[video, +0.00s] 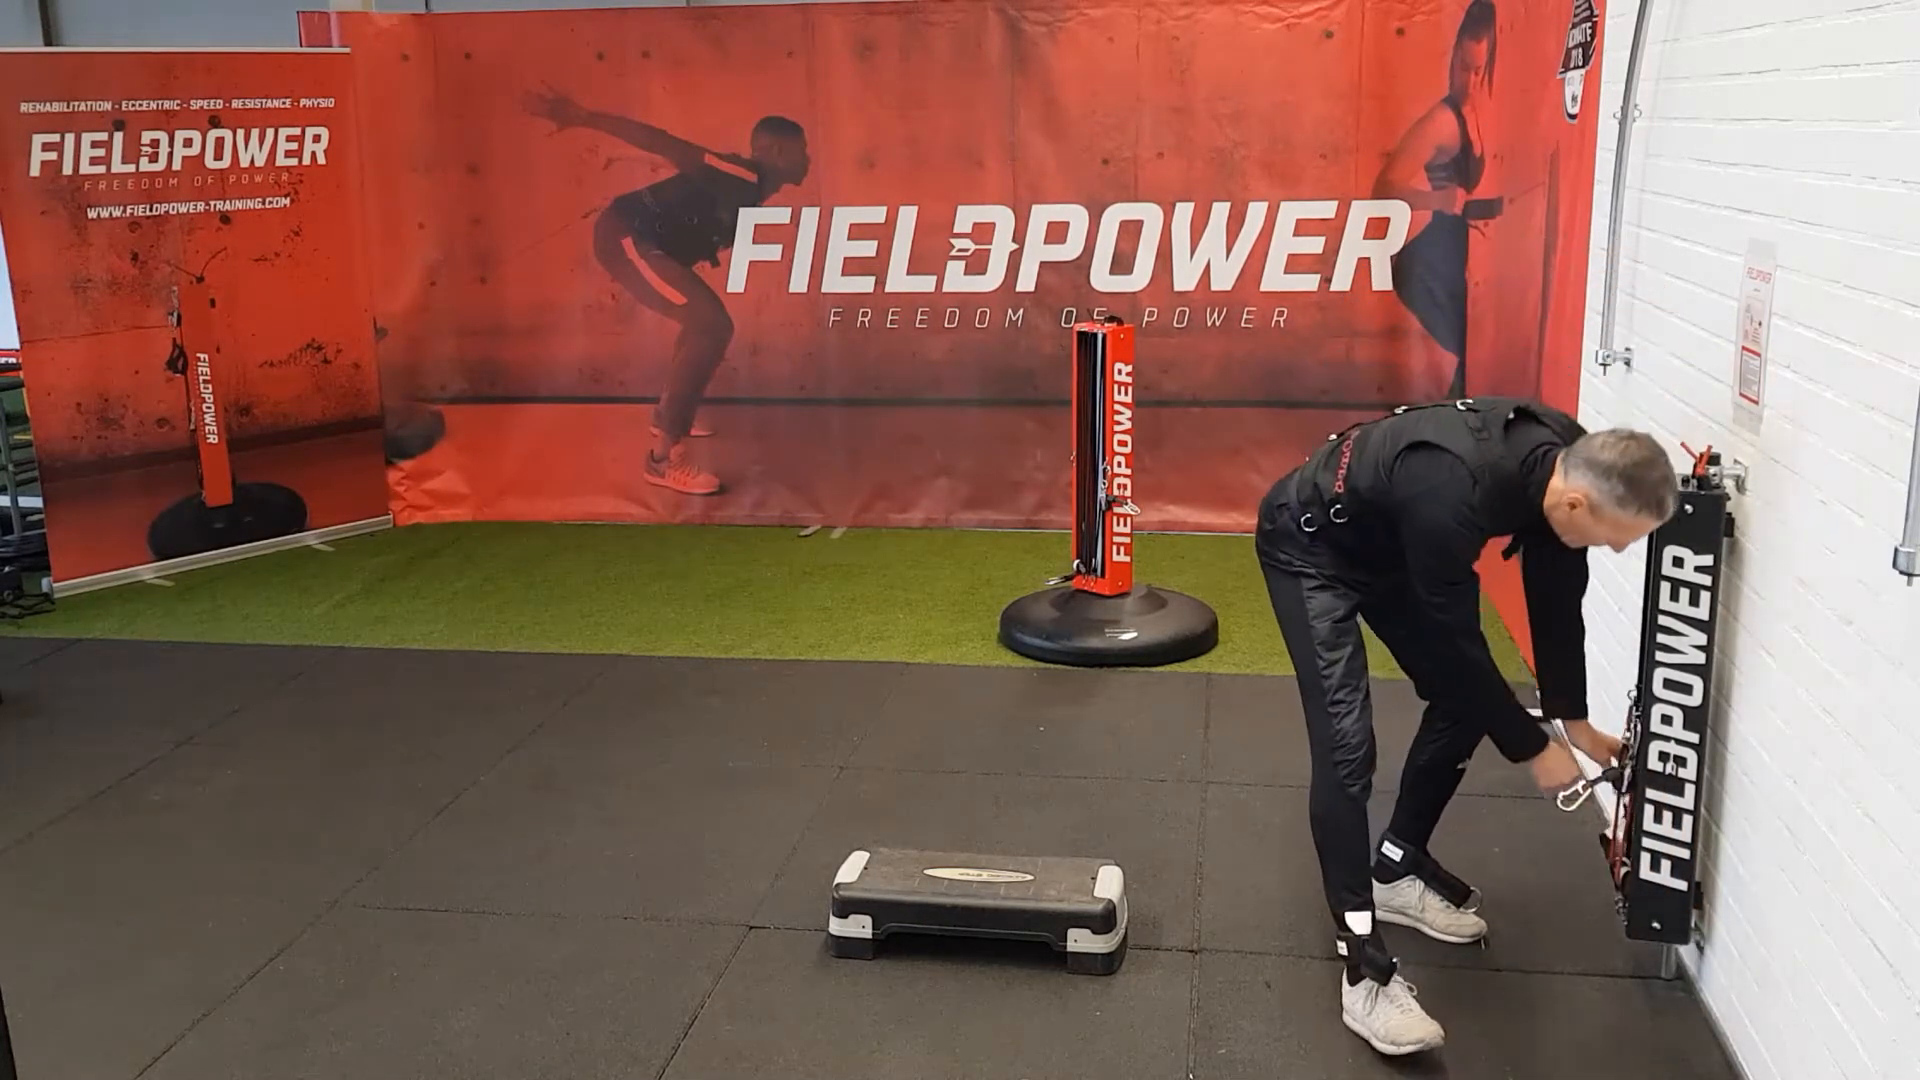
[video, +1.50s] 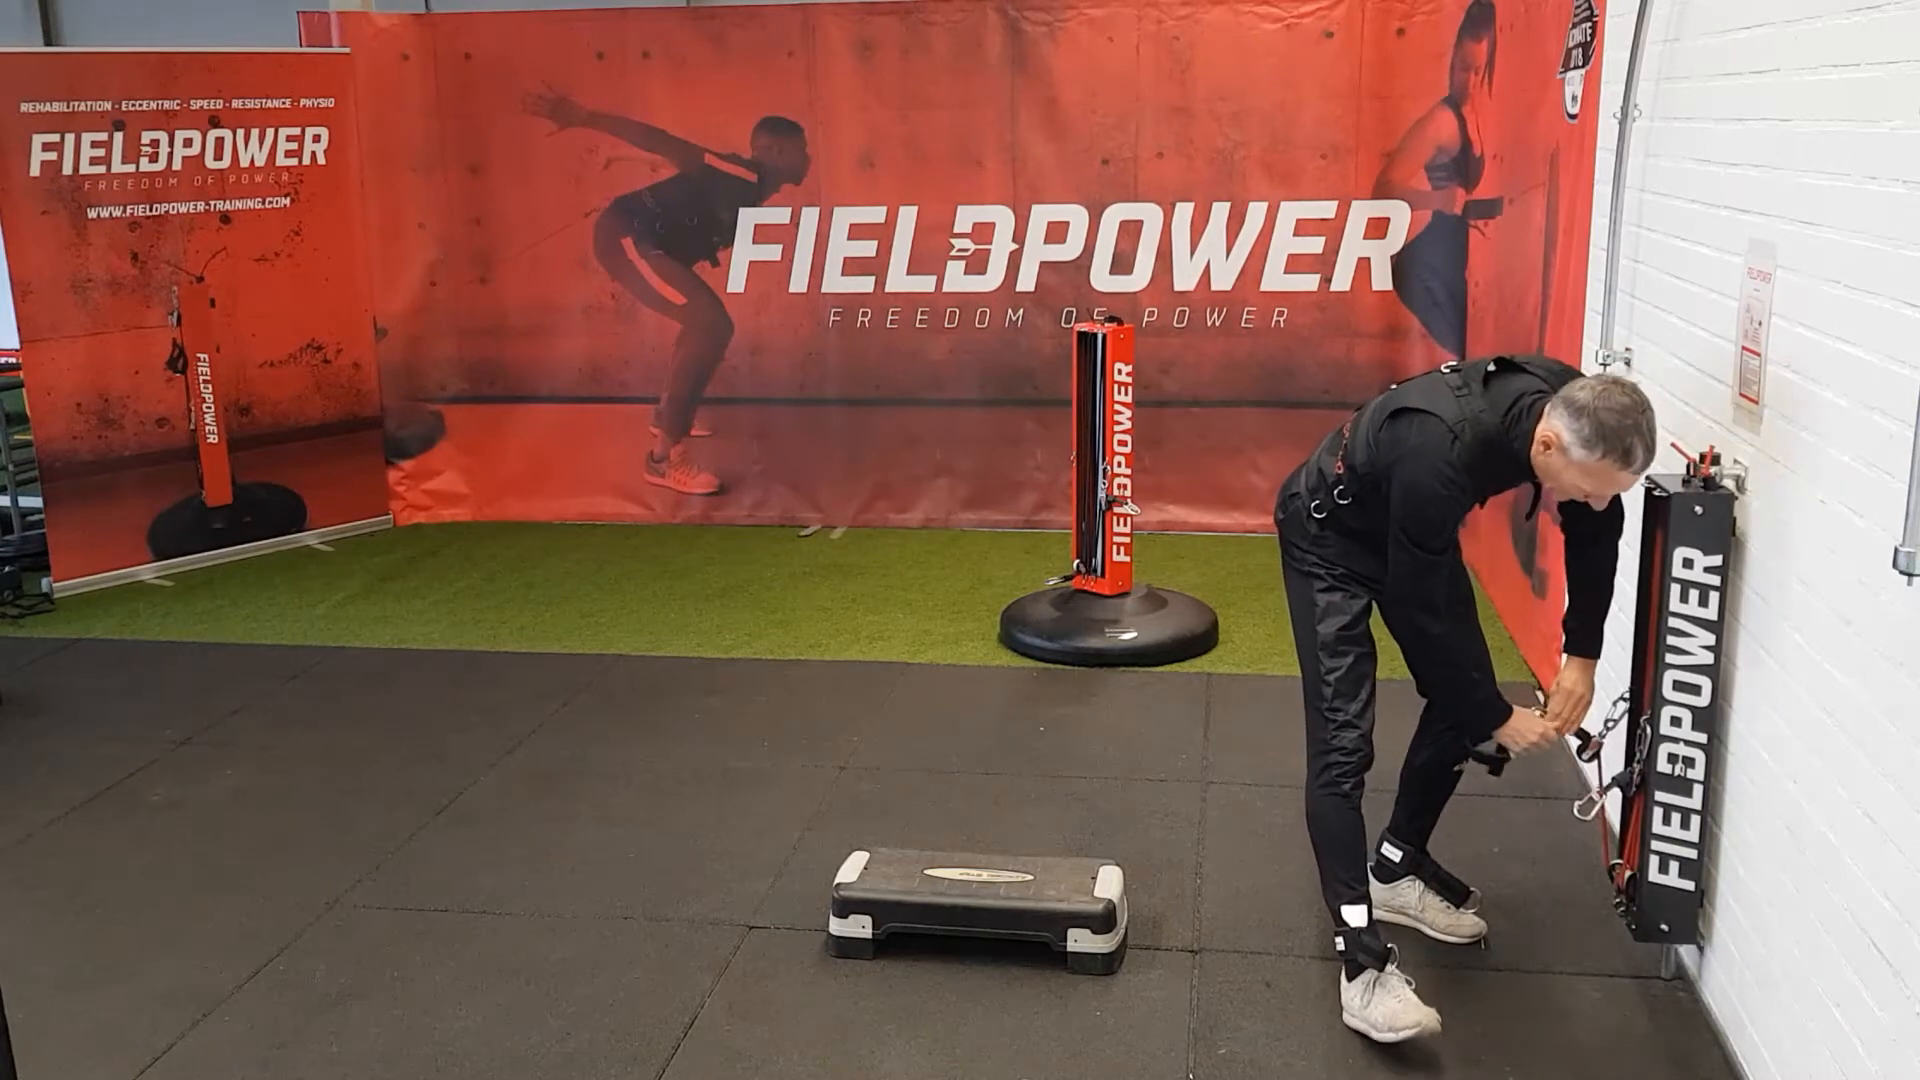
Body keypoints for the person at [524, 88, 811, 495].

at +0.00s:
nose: (807, 159)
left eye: (805, 150)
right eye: (800, 150)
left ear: (774, 151)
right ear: (772, 150)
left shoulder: (749, 188)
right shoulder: (735, 177)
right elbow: (662, 142)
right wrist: (584, 117)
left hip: (644, 236)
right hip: (626, 233)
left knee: (709, 321)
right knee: (713, 326)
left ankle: (670, 411)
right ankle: (665, 457)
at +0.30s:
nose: (807, 159)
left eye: (805, 150)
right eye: (800, 150)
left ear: (774, 151)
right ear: (772, 150)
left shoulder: (749, 188)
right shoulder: (735, 177)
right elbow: (662, 142)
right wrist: (584, 117)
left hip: (645, 236)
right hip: (626, 233)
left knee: (709, 321)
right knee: (713, 326)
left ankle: (671, 411)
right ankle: (665, 457)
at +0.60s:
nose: (807, 158)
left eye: (805, 150)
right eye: (800, 150)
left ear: (774, 151)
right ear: (770, 150)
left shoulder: (750, 189)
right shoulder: (735, 175)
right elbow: (660, 142)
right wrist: (584, 117)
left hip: (646, 238)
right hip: (626, 233)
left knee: (711, 322)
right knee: (712, 325)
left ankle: (671, 412)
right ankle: (665, 456)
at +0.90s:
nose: (807, 158)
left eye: (805, 149)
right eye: (800, 150)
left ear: (773, 151)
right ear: (770, 150)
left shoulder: (749, 189)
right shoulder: (735, 176)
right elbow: (661, 142)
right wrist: (584, 117)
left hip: (645, 237)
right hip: (626, 233)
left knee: (710, 322)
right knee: (712, 326)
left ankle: (671, 412)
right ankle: (665, 456)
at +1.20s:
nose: (807, 158)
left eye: (805, 150)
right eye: (800, 150)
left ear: (773, 151)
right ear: (770, 150)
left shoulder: (749, 189)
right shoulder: (735, 175)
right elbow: (660, 142)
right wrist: (584, 117)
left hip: (645, 237)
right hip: (626, 233)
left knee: (711, 322)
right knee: (712, 325)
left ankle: (671, 412)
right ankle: (665, 456)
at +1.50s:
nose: (807, 158)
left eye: (805, 149)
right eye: (800, 149)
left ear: (774, 151)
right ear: (770, 149)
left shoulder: (751, 191)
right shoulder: (734, 176)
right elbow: (661, 142)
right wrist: (584, 117)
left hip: (646, 238)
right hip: (626, 232)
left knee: (712, 322)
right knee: (711, 325)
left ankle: (671, 412)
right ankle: (665, 456)